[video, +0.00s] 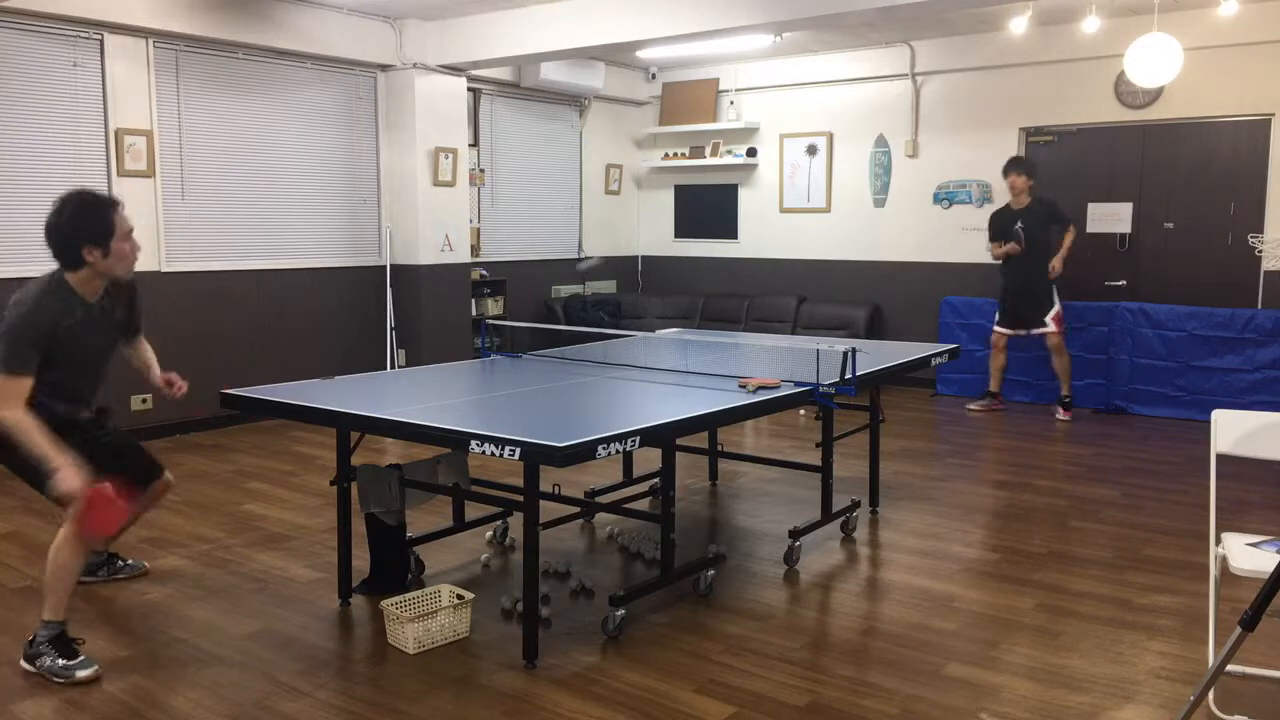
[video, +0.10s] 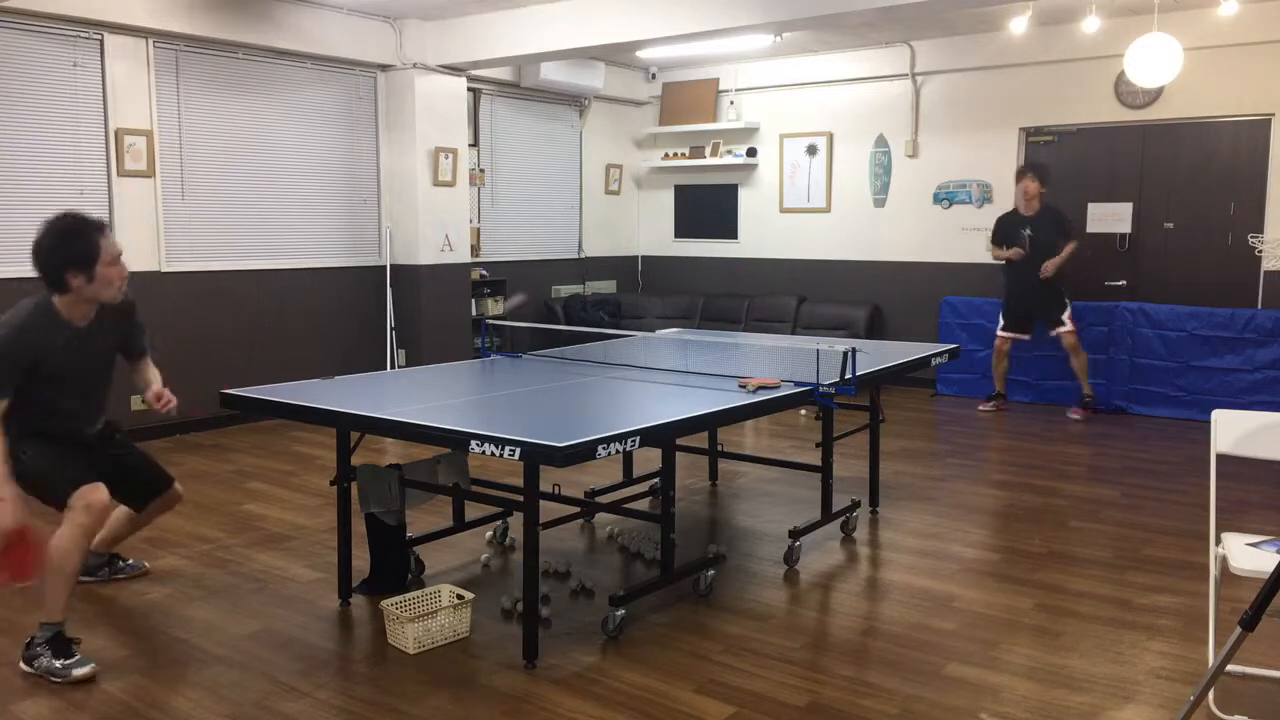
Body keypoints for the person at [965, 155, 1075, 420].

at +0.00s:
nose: (1013, 182)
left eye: (1018, 176)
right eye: (1009, 176)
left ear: (1029, 180)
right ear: (1004, 180)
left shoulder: (1045, 207)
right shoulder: (998, 216)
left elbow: (1070, 229)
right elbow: (994, 252)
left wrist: (1060, 257)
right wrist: (1005, 249)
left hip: (1042, 285)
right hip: (1011, 287)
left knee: (1055, 342)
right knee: (998, 341)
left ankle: (1065, 399)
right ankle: (993, 395)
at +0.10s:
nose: (1026, 189)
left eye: (1032, 184)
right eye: (1022, 183)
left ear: (1041, 188)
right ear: (1016, 187)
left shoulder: (1054, 216)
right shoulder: (1005, 221)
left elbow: (1072, 242)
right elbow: (995, 251)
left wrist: (1057, 261)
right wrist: (1008, 253)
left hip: (1049, 290)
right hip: (1016, 292)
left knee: (1071, 342)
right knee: (1000, 346)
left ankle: (1087, 395)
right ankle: (999, 395)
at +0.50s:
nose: (1061, 205)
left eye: (1068, 200)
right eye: (1058, 199)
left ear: (1080, 204)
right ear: (1054, 203)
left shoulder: (1094, 229)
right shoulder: (1045, 230)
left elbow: (1112, 258)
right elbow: (1035, 257)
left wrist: (1086, 275)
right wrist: (1044, 271)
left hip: (1085, 300)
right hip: (1052, 299)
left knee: (1105, 352)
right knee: (1023, 345)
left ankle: (1125, 404)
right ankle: (1013, 396)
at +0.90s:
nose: (1058, 219)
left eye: (1063, 213)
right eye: (1056, 214)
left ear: (1077, 212)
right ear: (1055, 215)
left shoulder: (1102, 233)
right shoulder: (1060, 235)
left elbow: (1122, 262)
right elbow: (1053, 264)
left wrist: (1091, 281)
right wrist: (1039, 258)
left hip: (1096, 306)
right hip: (1065, 303)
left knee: (1103, 359)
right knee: (1035, 347)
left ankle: (1120, 404)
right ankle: (1010, 395)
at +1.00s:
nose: (1055, 230)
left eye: (1055, 224)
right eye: (1051, 227)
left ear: (1065, 215)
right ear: (1053, 224)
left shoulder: (1093, 230)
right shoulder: (1071, 240)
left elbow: (1129, 247)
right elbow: (1082, 269)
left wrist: (1106, 277)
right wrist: (1059, 271)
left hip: (1111, 303)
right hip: (1088, 302)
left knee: (1099, 360)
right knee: (1061, 346)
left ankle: (1122, 405)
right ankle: (1025, 392)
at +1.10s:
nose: (1049, 231)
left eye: (1049, 225)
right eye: (1045, 228)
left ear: (1062, 215)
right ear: (1059, 218)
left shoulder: (1084, 228)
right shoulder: (1076, 237)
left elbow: (1120, 236)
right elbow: (1096, 278)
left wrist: (1118, 274)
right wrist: (1094, 312)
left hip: (1123, 292)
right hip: (1106, 296)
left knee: (1114, 348)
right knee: (1098, 346)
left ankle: (1130, 404)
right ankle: (1079, 398)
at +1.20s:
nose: (1046, 224)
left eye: (1049, 218)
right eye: (1043, 221)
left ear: (1065, 214)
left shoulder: (1080, 230)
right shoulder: (1077, 240)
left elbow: (1116, 230)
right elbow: (1109, 275)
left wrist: (1131, 261)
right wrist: (1102, 313)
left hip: (1140, 284)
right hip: (1129, 287)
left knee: (1136, 345)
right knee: (1131, 344)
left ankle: (1148, 408)